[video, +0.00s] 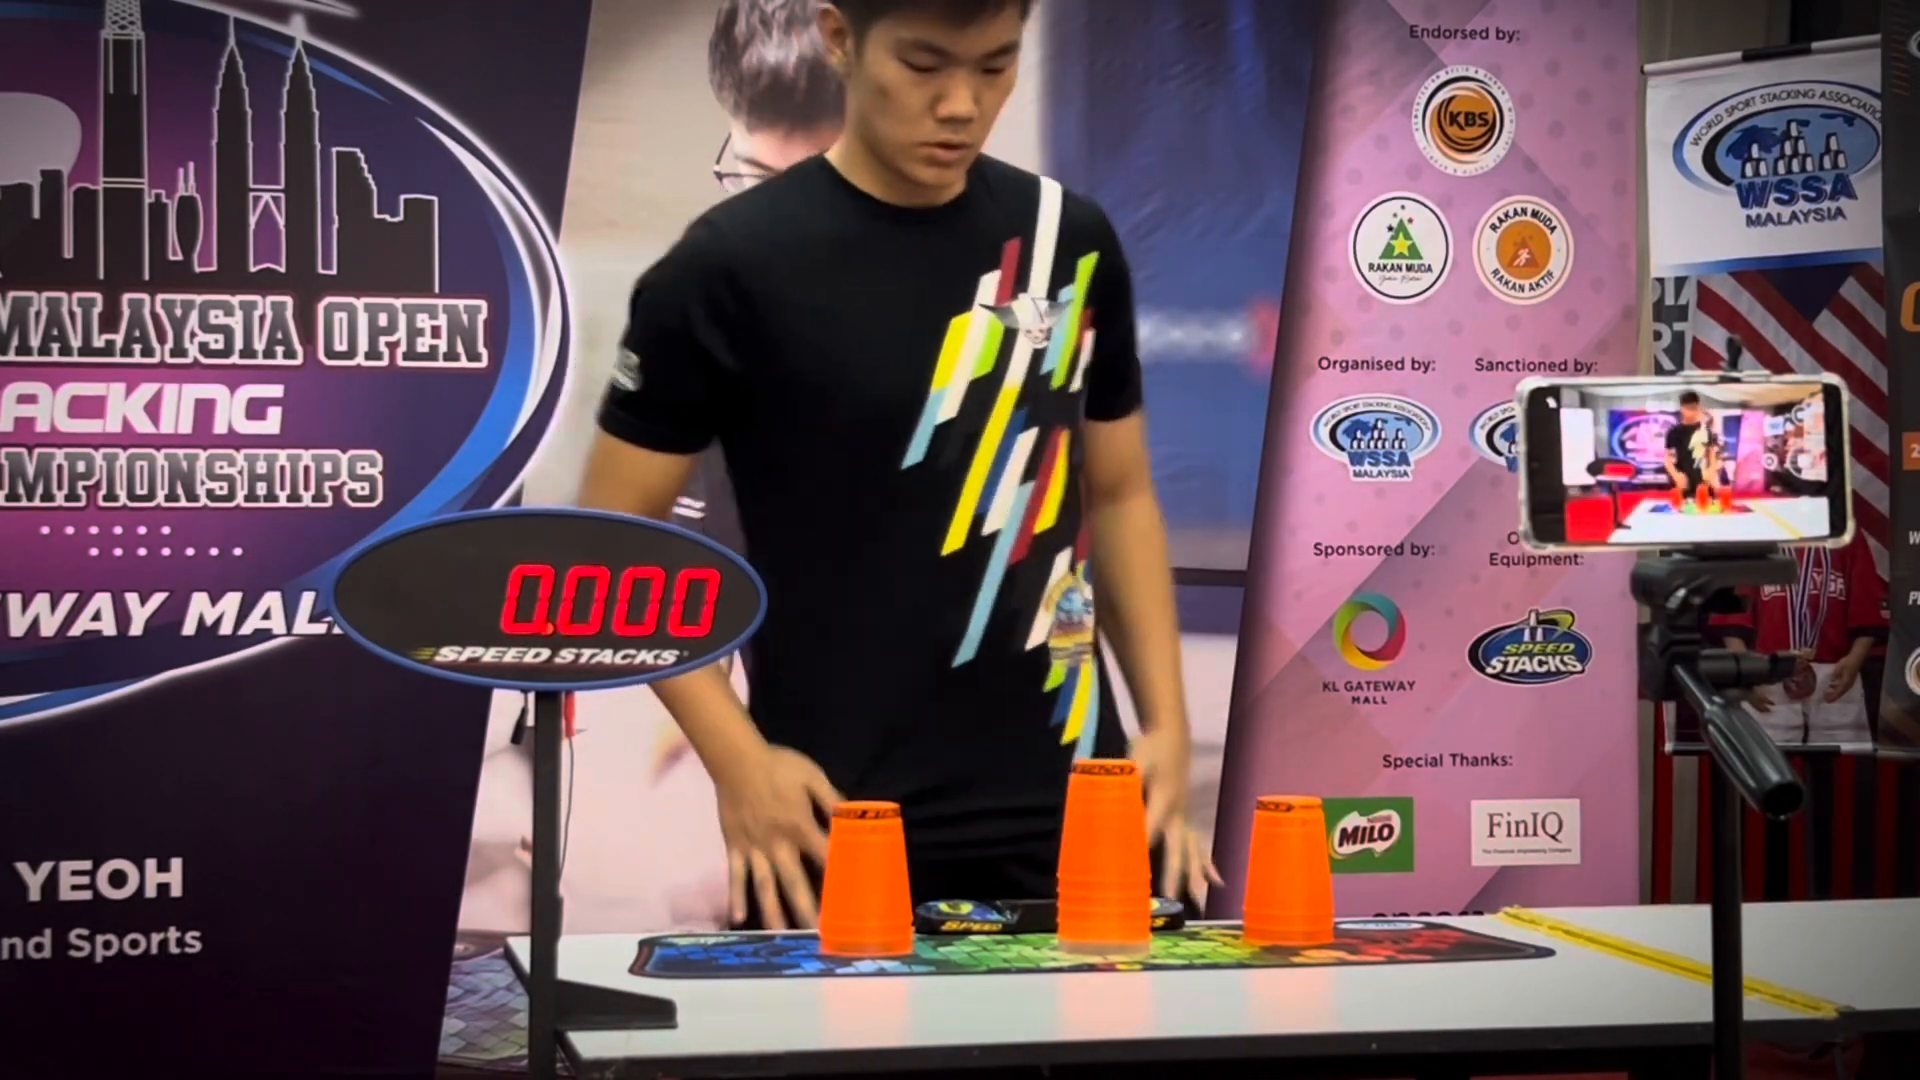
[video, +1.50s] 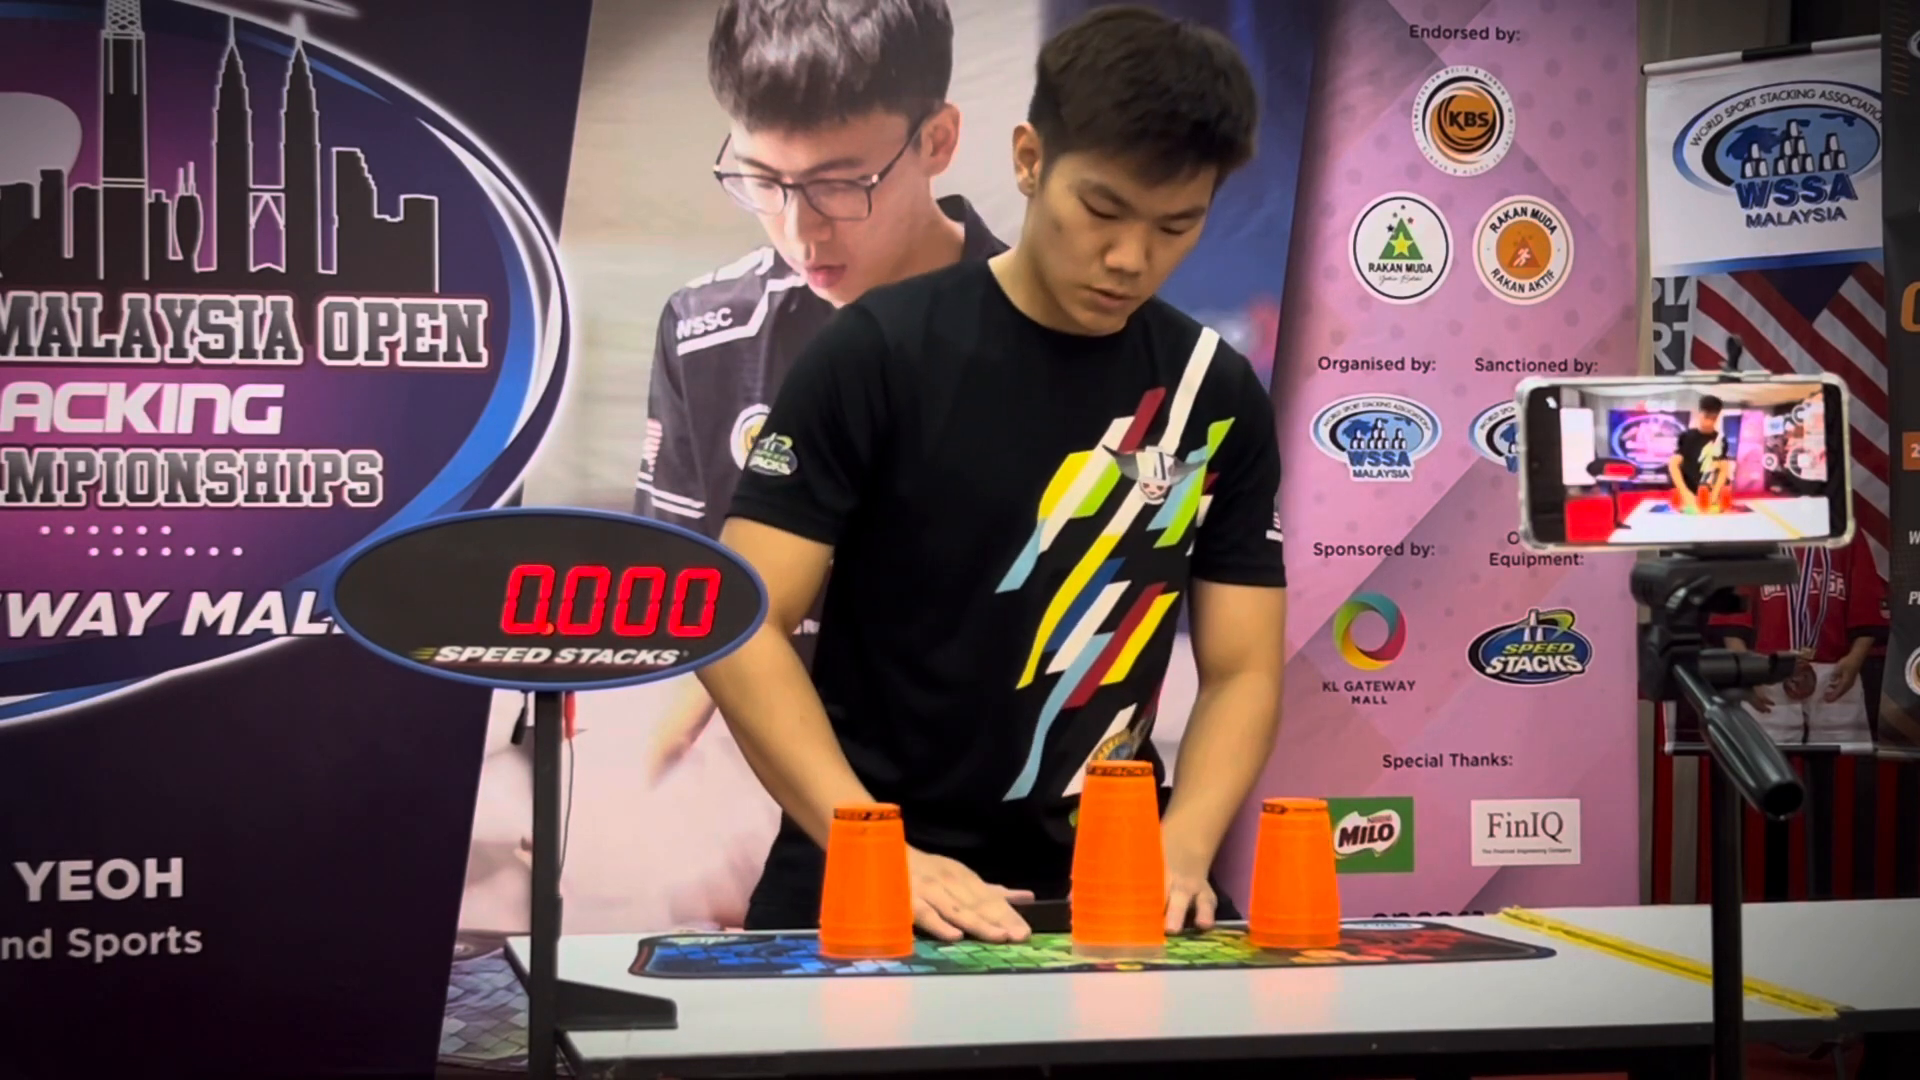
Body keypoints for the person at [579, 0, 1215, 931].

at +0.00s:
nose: (961, 105)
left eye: (995, 65)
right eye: (923, 62)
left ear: (1019, 49)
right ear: (838, 38)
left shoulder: (1072, 245)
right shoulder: (729, 270)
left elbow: (1119, 495)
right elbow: (613, 542)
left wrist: (1167, 728)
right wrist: (736, 759)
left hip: (1053, 826)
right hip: (838, 840)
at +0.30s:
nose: (1112, 167)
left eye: (1153, 130)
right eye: (1079, 119)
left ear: (1193, 110)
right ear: (1010, 88)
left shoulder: (1259, 313)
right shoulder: (893, 310)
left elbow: (1297, 578)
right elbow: (821, 583)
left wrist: (1280, 768)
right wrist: (828, 747)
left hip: (1182, 846)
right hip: (946, 841)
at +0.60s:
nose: (1112, 189)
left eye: (1156, 154)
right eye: (1082, 141)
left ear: (1194, 138)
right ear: (1012, 104)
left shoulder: (1225, 351)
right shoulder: (869, 316)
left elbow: (1226, 620)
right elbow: (791, 594)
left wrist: (1185, 773)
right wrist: (865, 741)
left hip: (1091, 884)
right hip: (858, 868)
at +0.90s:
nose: (1123, 201)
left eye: (1168, 167)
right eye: (1094, 152)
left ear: (1204, 152)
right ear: (1021, 111)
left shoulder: (1229, 353)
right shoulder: (883, 323)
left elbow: (1238, 621)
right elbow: (838, 621)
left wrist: (1219, 786)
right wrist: (995, 751)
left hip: (1118, 869)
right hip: (882, 863)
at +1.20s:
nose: (1137, 221)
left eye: (1181, 186)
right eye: (1108, 169)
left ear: (1216, 171)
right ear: (1035, 124)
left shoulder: (1230, 369)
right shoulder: (883, 324)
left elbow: (1239, 642)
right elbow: (757, 601)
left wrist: (1177, 837)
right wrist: (887, 824)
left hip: (1102, 903)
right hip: (873, 892)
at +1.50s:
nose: (1130, 259)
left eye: (1175, 225)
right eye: (1102, 208)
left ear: (1210, 202)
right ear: (1028, 163)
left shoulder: (1217, 400)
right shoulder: (878, 353)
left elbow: (1242, 673)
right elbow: (737, 620)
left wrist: (1180, 852)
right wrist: (872, 849)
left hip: (1090, 920)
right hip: (857, 905)